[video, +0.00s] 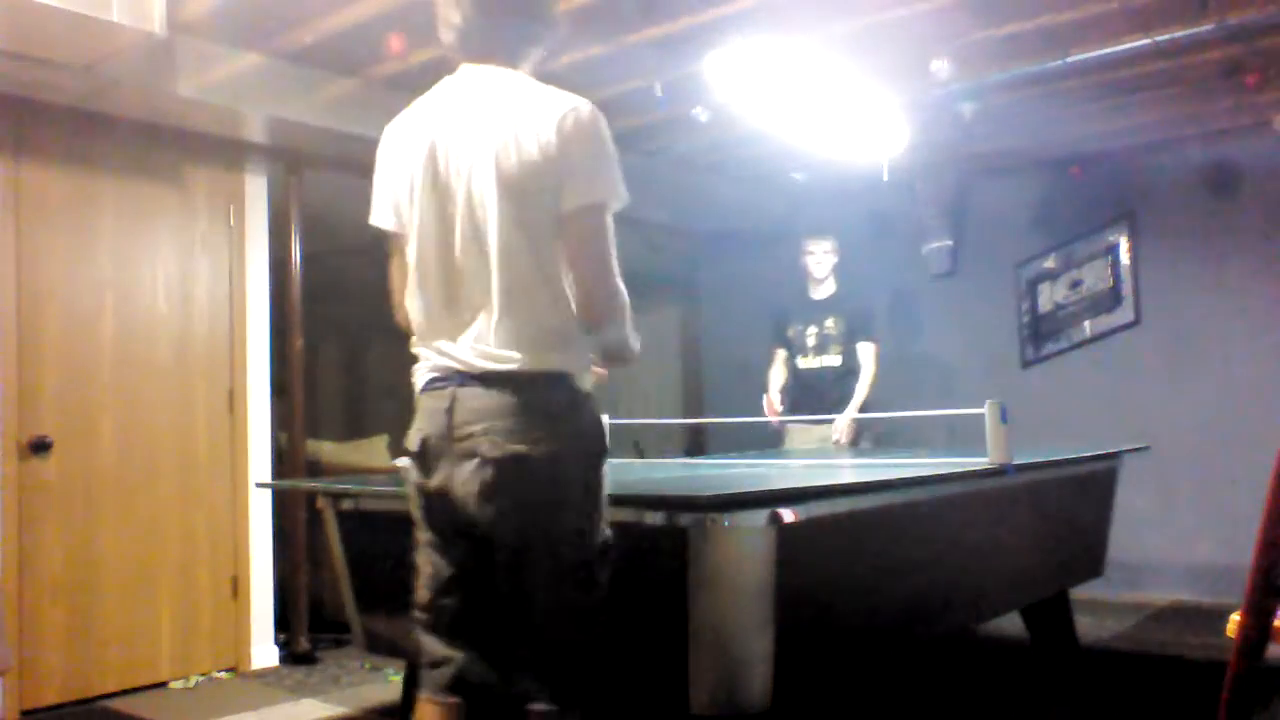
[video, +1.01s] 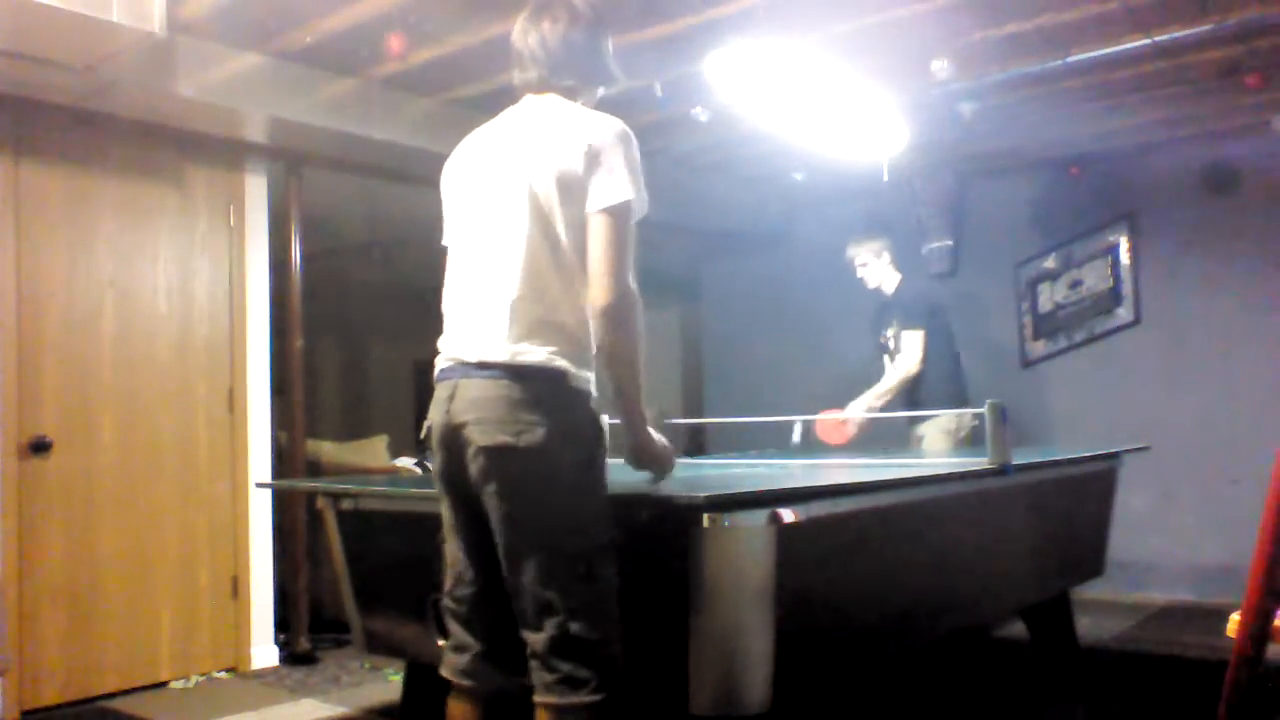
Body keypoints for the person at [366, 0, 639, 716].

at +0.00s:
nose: (441, 23)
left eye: (442, 16)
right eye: (552, 26)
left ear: (449, 29)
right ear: (543, 35)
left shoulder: (405, 130)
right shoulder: (567, 117)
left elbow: (408, 301)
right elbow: (595, 294)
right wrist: (617, 346)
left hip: (442, 413)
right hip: (543, 416)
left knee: (445, 652)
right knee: (557, 649)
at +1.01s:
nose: (610, 73)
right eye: (605, 58)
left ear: (520, 62)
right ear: (595, 60)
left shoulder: (467, 150)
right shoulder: (600, 133)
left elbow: (464, 293)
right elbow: (609, 297)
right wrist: (636, 427)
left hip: (451, 403)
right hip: (534, 408)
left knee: (471, 638)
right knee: (566, 645)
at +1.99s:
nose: (334, 125)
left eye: (332, 114)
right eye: (329, 114)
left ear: (245, 117)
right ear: (315, 113)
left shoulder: (191, 196)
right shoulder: (321, 158)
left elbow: (134, 341)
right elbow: (473, 187)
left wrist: (190, 420)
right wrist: (528, 118)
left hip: (181, 432)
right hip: (241, 432)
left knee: (283, 616)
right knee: (192, 670)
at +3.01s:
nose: (476, 251)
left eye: (478, 237)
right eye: (472, 234)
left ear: (427, 227)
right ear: (433, 224)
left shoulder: (409, 321)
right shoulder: (349, 243)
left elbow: (450, 405)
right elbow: (216, 298)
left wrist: (545, 447)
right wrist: (103, 398)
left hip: (279, 491)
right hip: (207, 486)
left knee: (369, 617)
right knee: (121, 689)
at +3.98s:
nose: (248, 165)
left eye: (244, 152)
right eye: (238, 152)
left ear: (193, 160)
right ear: (207, 158)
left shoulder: (225, 261)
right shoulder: (125, 217)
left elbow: (220, 379)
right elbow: (40, 324)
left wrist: (264, 354)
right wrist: (134, 403)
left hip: (193, 460)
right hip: (116, 458)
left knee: (262, 623)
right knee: (136, 643)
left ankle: (306, 717)